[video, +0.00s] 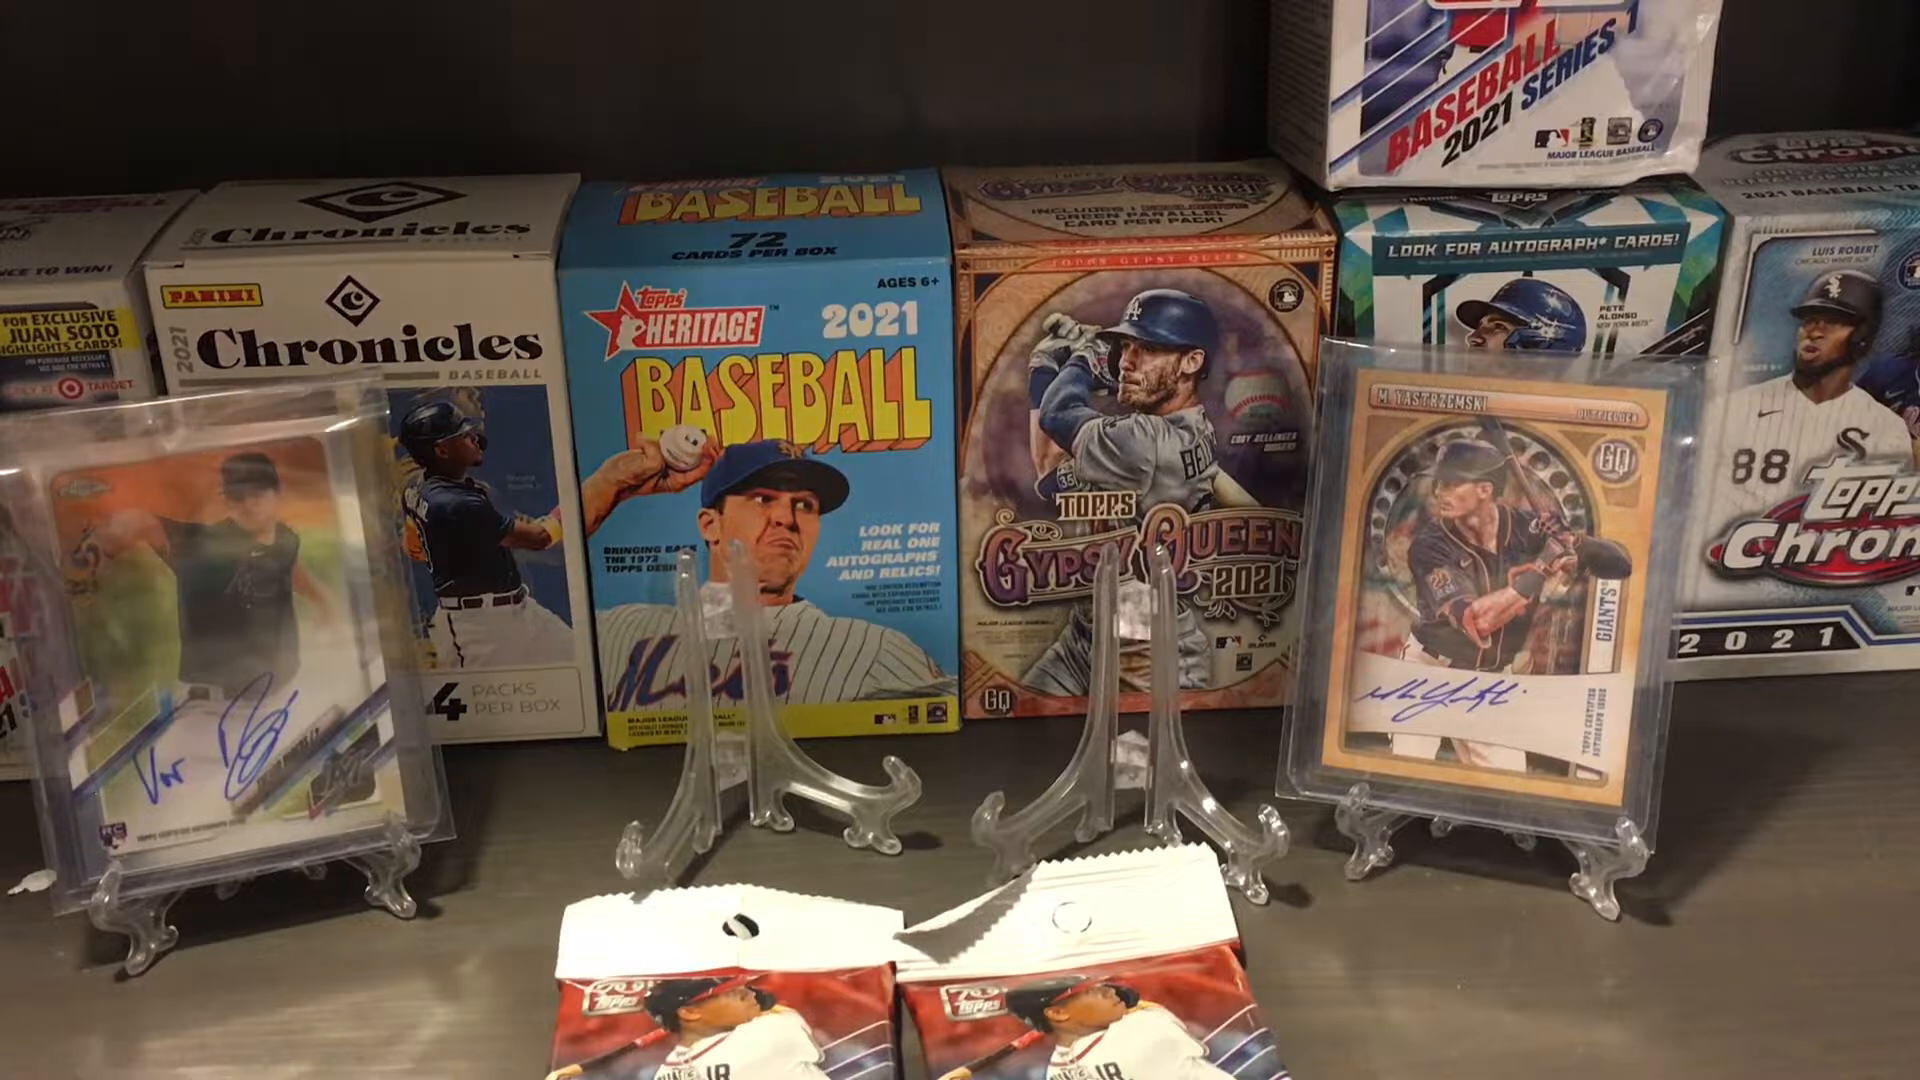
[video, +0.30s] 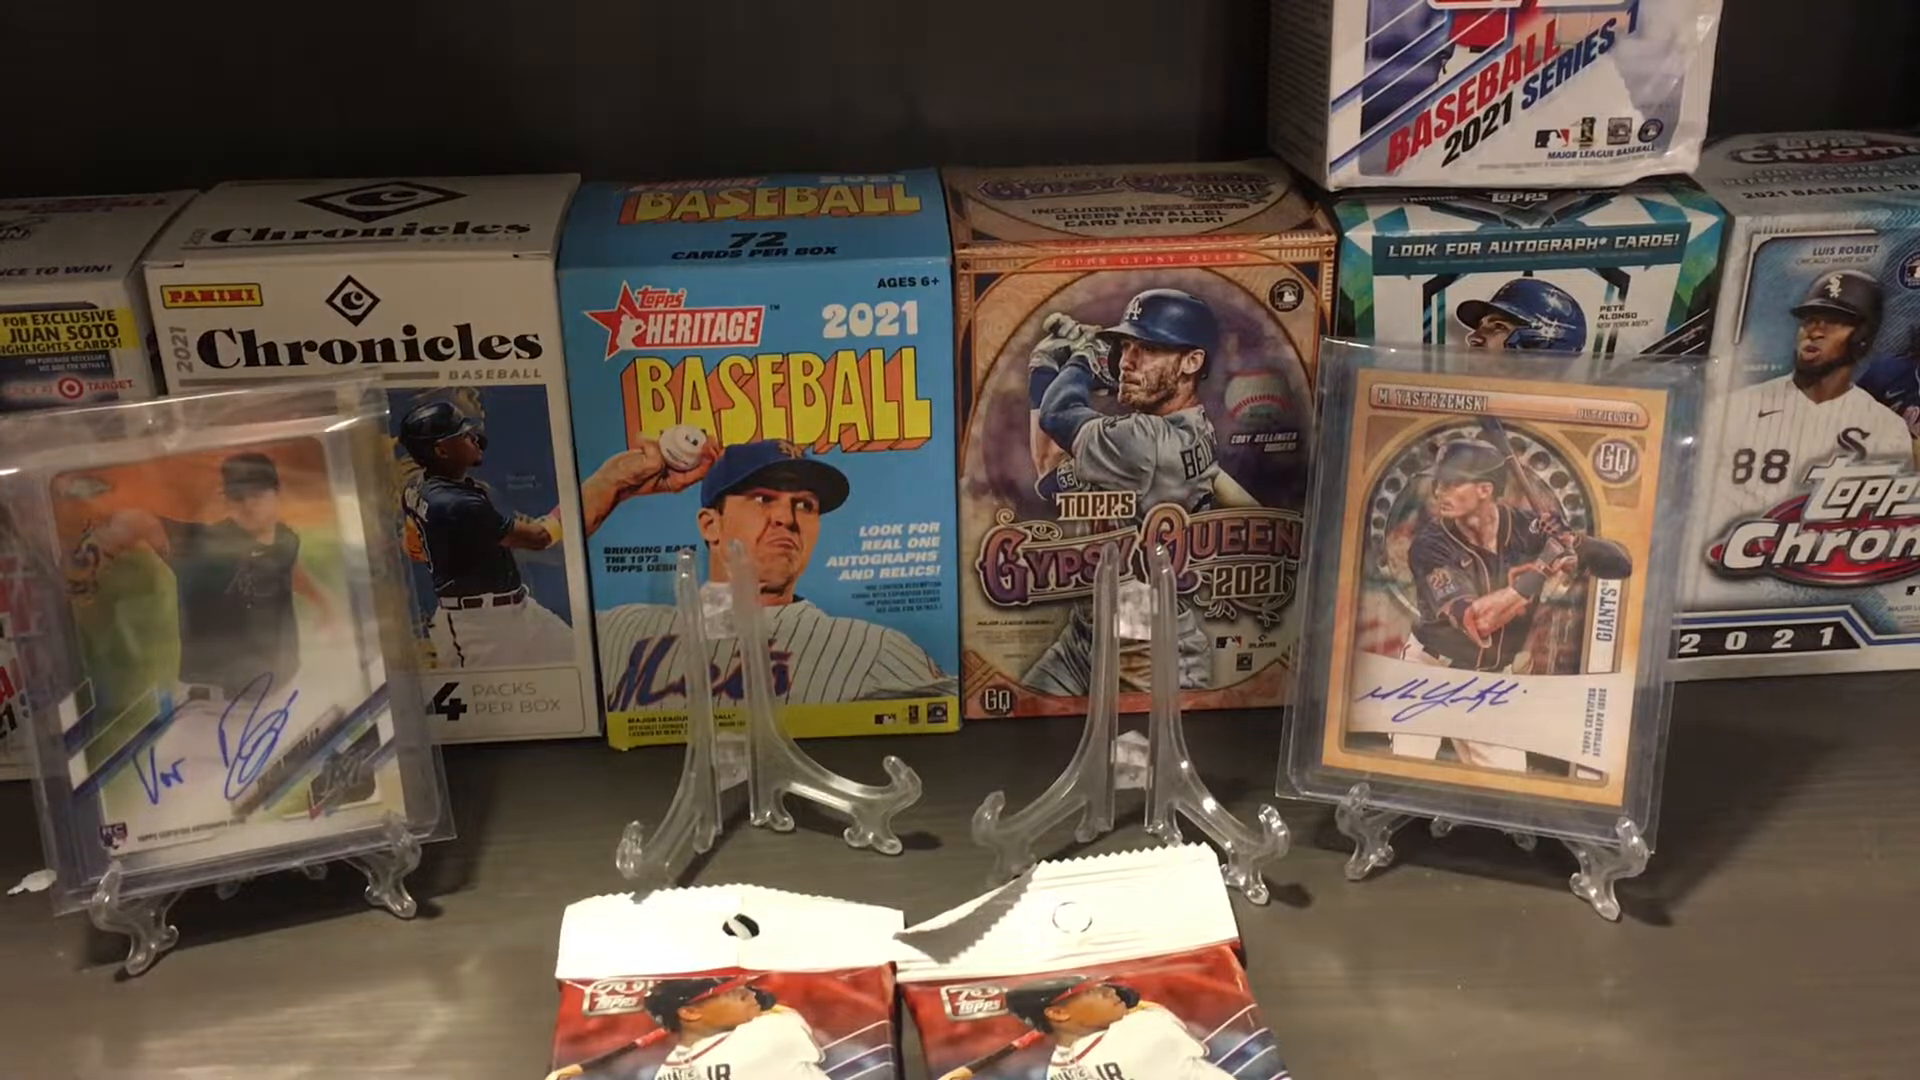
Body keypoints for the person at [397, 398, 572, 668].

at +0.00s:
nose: (475, 436)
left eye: (469, 430)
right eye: (465, 433)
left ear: (442, 451)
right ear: (441, 450)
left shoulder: (421, 489)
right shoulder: (461, 507)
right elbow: (539, 537)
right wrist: (567, 511)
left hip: (519, 609)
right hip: (473, 622)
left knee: (587, 664)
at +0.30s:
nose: (475, 435)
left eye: (469, 429)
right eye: (464, 433)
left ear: (442, 451)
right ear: (442, 450)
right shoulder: (461, 507)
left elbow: (413, 545)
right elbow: (539, 537)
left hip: (520, 610)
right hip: (474, 624)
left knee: (589, 664)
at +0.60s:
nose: (475, 436)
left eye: (469, 430)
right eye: (464, 434)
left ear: (443, 451)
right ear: (442, 450)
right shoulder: (460, 507)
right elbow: (539, 538)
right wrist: (570, 509)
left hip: (519, 609)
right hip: (474, 623)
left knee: (587, 664)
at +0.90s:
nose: (474, 436)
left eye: (469, 430)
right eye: (464, 434)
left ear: (443, 451)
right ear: (442, 450)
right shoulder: (459, 506)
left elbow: (413, 544)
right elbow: (539, 537)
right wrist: (570, 510)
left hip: (520, 610)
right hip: (473, 624)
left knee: (588, 664)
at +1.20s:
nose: (474, 436)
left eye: (469, 430)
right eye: (464, 434)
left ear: (442, 451)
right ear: (441, 450)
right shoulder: (459, 505)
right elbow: (538, 537)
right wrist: (569, 512)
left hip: (520, 609)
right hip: (474, 623)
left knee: (588, 664)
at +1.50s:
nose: (474, 435)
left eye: (468, 429)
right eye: (464, 433)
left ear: (443, 451)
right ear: (442, 450)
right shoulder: (461, 506)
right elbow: (539, 537)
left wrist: (538, 523)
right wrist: (570, 510)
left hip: (520, 610)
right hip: (474, 623)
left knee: (588, 664)